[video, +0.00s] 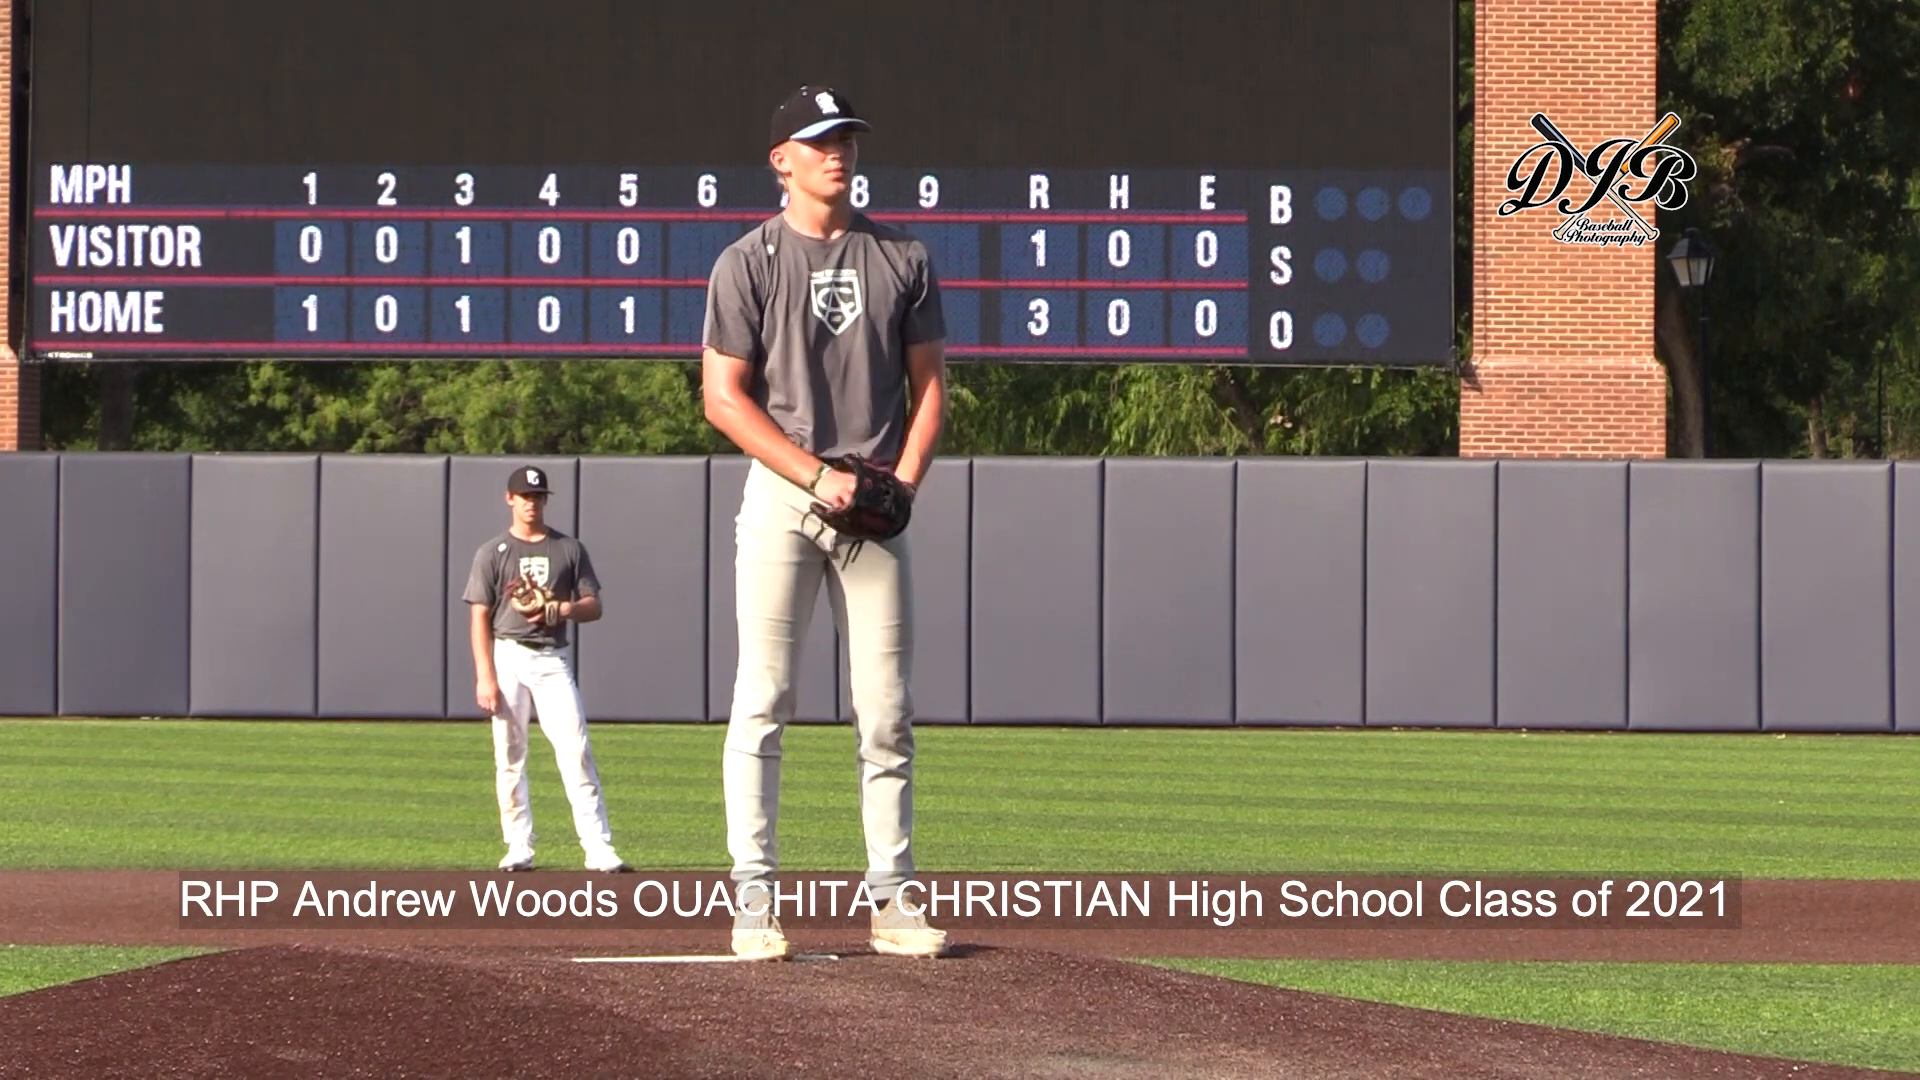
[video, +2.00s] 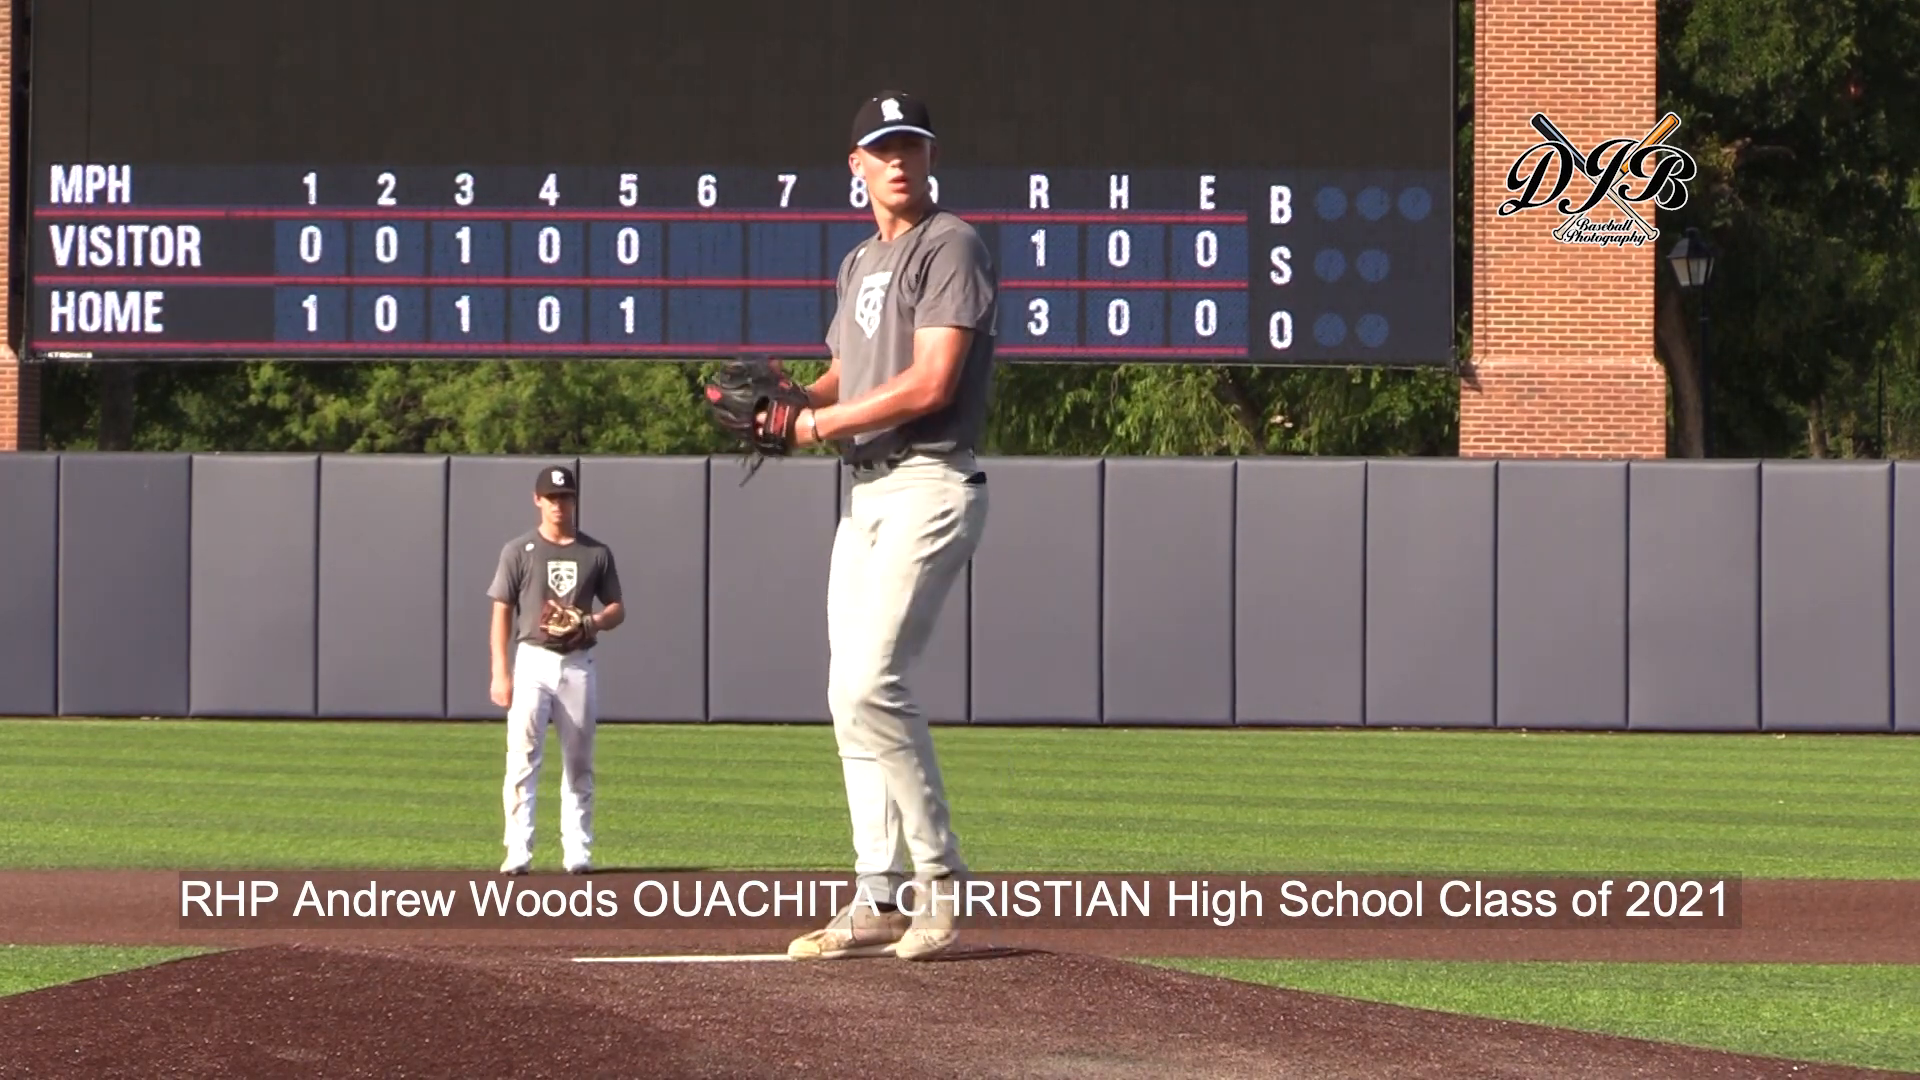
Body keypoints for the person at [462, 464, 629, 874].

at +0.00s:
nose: (532, 504)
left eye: (539, 497)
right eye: (525, 497)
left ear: (547, 500)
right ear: (510, 500)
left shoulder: (570, 549)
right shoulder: (491, 554)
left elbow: (593, 607)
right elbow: (479, 619)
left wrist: (559, 608)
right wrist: (485, 676)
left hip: (553, 658)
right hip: (506, 656)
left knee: (577, 749)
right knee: (509, 757)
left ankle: (600, 852)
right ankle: (519, 850)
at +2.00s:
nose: (559, 505)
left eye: (565, 498)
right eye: (551, 498)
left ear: (575, 502)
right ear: (538, 501)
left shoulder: (598, 554)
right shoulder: (517, 552)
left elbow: (616, 608)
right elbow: (501, 613)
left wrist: (592, 623)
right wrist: (501, 673)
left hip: (577, 665)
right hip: (530, 661)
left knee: (578, 764)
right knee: (522, 760)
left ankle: (578, 855)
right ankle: (518, 855)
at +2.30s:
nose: (537, 507)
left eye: (542, 500)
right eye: (529, 501)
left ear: (551, 501)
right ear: (514, 504)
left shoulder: (579, 548)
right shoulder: (499, 555)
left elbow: (602, 594)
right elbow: (482, 613)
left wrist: (581, 625)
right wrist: (482, 672)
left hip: (569, 664)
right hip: (518, 663)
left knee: (583, 762)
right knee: (515, 764)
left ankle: (579, 855)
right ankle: (516, 857)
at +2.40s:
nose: (533, 511)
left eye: (539, 503)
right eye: (525, 504)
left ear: (548, 505)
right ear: (510, 507)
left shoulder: (571, 545)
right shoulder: (499, 556)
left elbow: (602, 590)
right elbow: (481, 615)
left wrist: (582, 628)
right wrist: (479, 675)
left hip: (569, 663)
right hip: (519, 663)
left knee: (591, 756)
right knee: (515, 763)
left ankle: (584, 849)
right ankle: (516, 858)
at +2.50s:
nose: (532, 512)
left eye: (537, 505)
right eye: (524, 506)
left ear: (547, 508)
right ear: (509, 510)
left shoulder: (575, 548)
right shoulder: (497, 561)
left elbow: (602, 585)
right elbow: (481, 619)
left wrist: (587, 629)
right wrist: (478, 679)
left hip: (571, 666)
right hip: (523, 666)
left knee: (598, 752)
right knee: (516, 763)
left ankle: (601, 842)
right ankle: (516, 855)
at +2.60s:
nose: (537, 514)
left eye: (543, 506)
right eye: (529, 508)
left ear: (551, 507)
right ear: (514, 511)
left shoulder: (581, 546)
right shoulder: (503, 560)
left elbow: (607, 586)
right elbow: (485, 618)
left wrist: (594, 629)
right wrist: (481, 681)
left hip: (576, 664)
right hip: (528, 665)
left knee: (605, 754)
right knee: (519, 763)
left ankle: (625, 846)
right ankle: (517, 856)